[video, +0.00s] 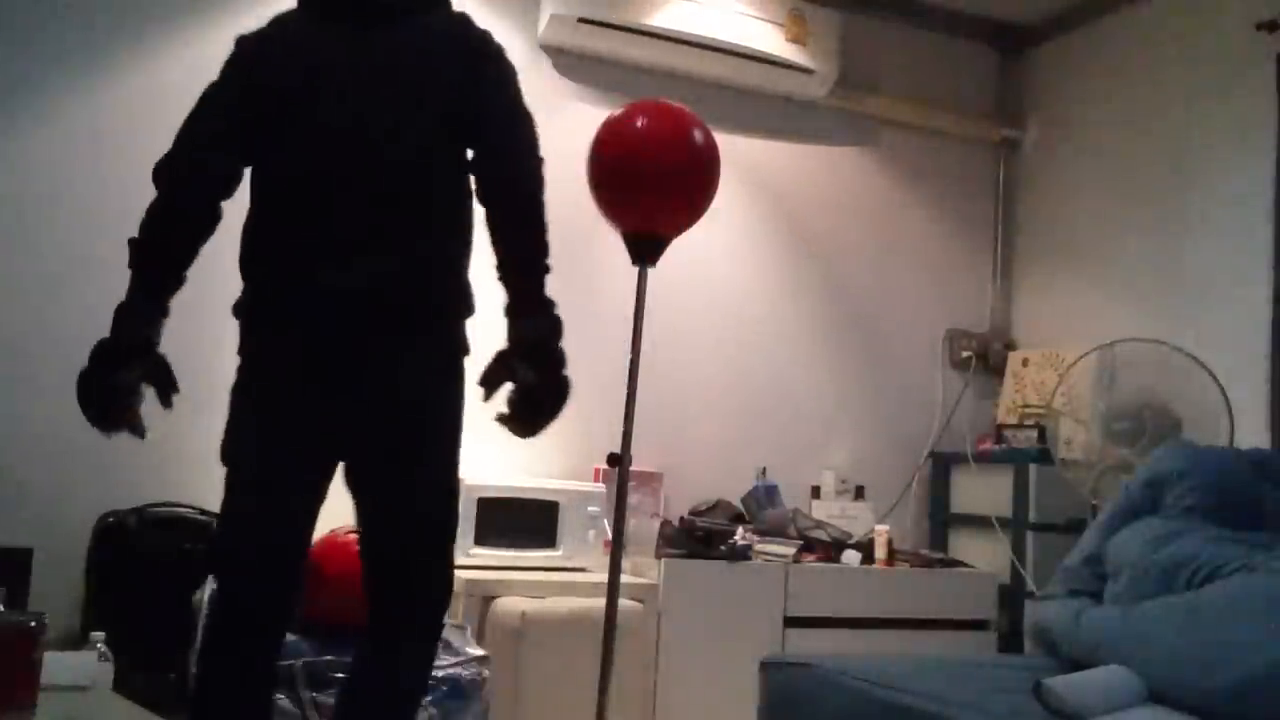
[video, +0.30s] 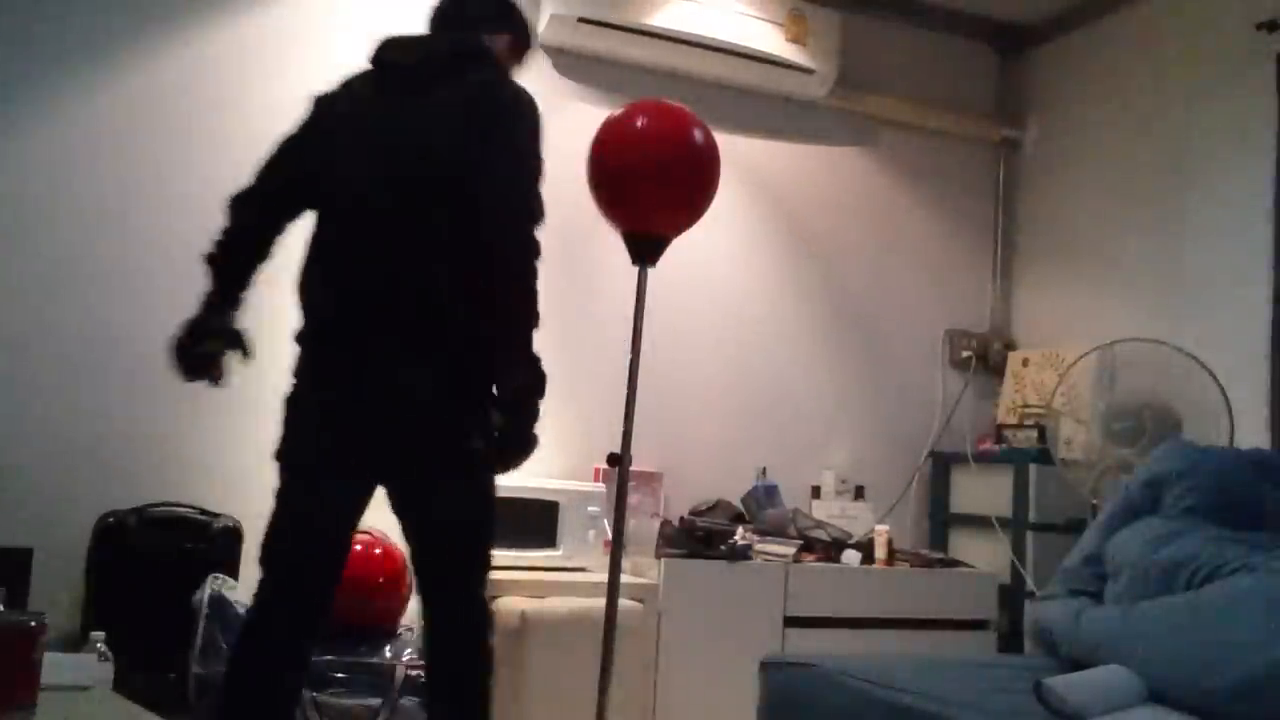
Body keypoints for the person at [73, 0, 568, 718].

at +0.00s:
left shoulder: (272, 50)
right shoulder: (467, 52)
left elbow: (188, 187)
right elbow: (516, 195)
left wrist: (136, 325)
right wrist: (533, 326)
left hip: (283, 366)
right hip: (413, 375)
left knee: (250, 594)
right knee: (411, 605)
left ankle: (227, 709)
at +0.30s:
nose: (515, 66)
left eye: (517, 54)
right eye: (516, 53)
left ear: (441, 28)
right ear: (502, 41)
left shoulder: (355, 97)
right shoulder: (503, 109)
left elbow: (264, 200)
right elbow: (510, 259)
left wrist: (218, 307)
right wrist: (519, 385)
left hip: (332, 390)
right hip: (443, 400)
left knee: (287, 598)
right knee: (458, 613)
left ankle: (247, 717)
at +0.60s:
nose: (625, 102)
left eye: (631, 88)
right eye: (622, 83)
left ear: (561, 64)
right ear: (582, 61)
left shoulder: (468, 134)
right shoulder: (588, 140)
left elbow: (392, 244)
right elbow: (649, 248)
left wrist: (376, 356)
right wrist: (662, 161)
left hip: (468, 402)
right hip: (554, 406)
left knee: (460, 575)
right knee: (522, 609)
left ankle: (365, 705)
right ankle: (490, 716)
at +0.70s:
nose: (650, 101)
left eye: (656, 88)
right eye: (647, 83)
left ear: (585, 68)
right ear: (601, 63)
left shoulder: (501, 142)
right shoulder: (598, 133)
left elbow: (429, 252)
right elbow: (649, 249)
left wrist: (419, 363)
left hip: (503, 386)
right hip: (569, 389)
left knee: (531, 581)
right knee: (542, 587)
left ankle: (464, 708)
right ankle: (482, 711)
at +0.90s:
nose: (694, 115)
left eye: (701, 103)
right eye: (682, 93)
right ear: (633, 80)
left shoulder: (640, 165)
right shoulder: (588, 150)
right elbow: (509, 272)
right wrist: (492, 383)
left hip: (619, 392)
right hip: (574, 390)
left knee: (568, 581)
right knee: (603, 578)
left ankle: (499, 709)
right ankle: (624, 709)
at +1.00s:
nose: (709, 125)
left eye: (720, 113)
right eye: (699, 104)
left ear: (720, 119)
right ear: (656, 94)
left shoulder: (664, 181)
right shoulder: (625, 169)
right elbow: (578, 285)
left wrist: (673, 355)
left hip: (641, 398)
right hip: (611, 397)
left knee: (581, 584)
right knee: (650, 583)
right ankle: (651, 713)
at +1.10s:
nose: (728, 133)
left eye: (741, 121)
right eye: (716, 112)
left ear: (746, 128)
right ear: (676, 102)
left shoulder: (684, 204)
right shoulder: (647, 199)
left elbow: (680, 321)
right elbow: (600, 308)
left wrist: (700, 356)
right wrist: (704, 359)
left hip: (670, 422)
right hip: (638, 423)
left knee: (676, 593)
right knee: (643, 590)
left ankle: (669, 716)